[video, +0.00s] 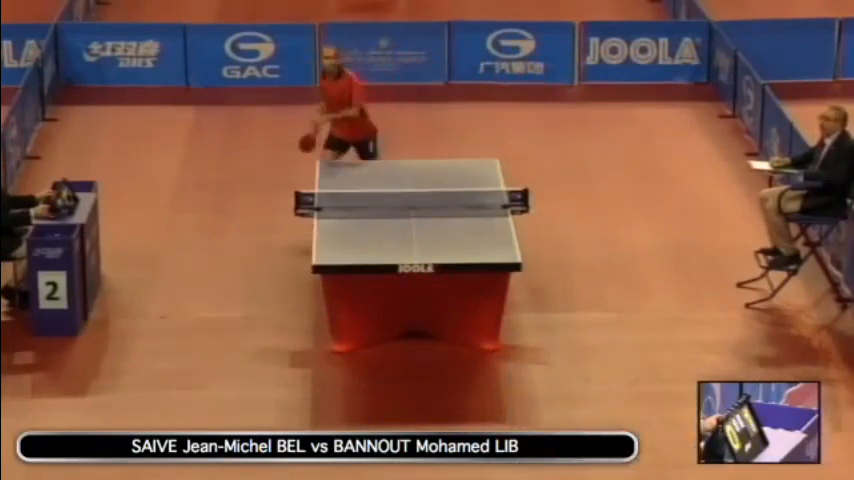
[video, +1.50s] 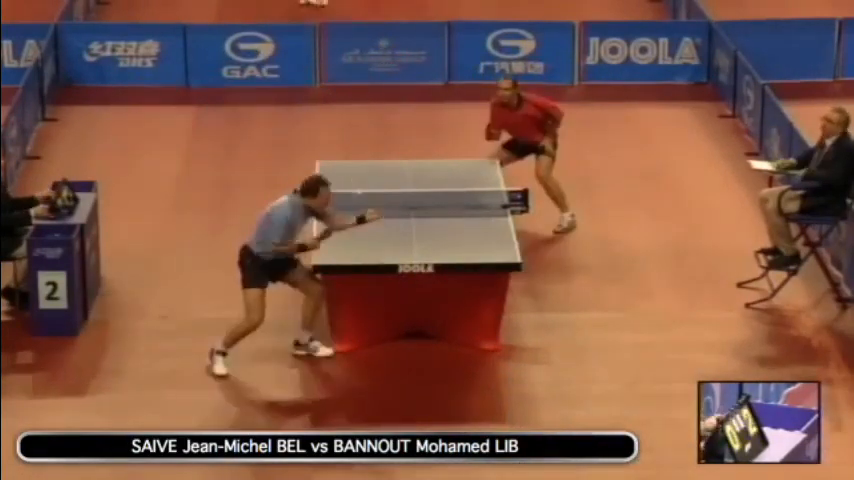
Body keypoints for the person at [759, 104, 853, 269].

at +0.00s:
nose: (821, 123)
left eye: (827, 119)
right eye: (821, 118)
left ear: (839, 125)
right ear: (820, 119)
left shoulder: (846, 147)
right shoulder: (827, 140)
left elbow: (837, 177)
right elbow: (809, 157)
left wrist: (804, 175)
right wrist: (787, 163)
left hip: (829, 199)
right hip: (815, 191)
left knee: (773, 205)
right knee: (765, 197)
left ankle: (790, 254)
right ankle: (780, 247)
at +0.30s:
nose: (819, 123)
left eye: (824, 120)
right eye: (819, 119)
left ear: (837, 124)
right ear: (832, 124)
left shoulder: (845, 147)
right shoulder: (827, 140)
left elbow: (836, 178)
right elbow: (808, 157)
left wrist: (803, 175)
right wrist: (787, 162)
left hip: (829, 199)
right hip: (815, 191)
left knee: (773, 204)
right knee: (765, 197)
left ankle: (790, 253)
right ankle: (780, 247)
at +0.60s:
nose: (819, 123)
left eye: (824, 120)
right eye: (820, 119)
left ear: (837, 124)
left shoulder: (846, 146)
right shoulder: (826, 140)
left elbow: (836, 178)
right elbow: (808, 157)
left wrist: (804, 175)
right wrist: (787, 162)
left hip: (830, 199)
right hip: (815, 191)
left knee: (773, 204)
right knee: (765, 197)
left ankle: (790, 254)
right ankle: (780, 247)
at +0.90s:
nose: (820, 124)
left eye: (825, 120)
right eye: (820, 119)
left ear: (838, 125)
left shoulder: (846, 147)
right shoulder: (826, 141)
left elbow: (836, 178)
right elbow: (808, 158)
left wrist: (803, 175)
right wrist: (787, 162)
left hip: (829, 199)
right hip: (815, 191)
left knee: (773, 205)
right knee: (765, 197)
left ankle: (790, 254)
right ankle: (780, 247)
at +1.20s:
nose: (820, 123)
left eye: (825, 120)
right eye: (821, 119)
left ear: (837, 125)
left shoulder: (846, 147)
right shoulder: (826, 141)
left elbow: (837, 178)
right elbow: (810, 148)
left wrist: (806, 175)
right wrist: (786, 145)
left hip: (830, 199)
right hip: (815, 191)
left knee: (773, 205)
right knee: (765, 197)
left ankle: (790, 254)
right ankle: (780, 247)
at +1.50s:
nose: (822, 124)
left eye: (829, 121)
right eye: (824, 120)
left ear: (840, 128)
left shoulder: (846, 148)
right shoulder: (826, 142)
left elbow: (834, 178)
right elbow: (804, 160)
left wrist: (803, 176)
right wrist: (786, 165)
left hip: (828, 199)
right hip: (813, 191)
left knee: (774, 206)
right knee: (765, 197)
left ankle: (790, 254)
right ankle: (780, 246)